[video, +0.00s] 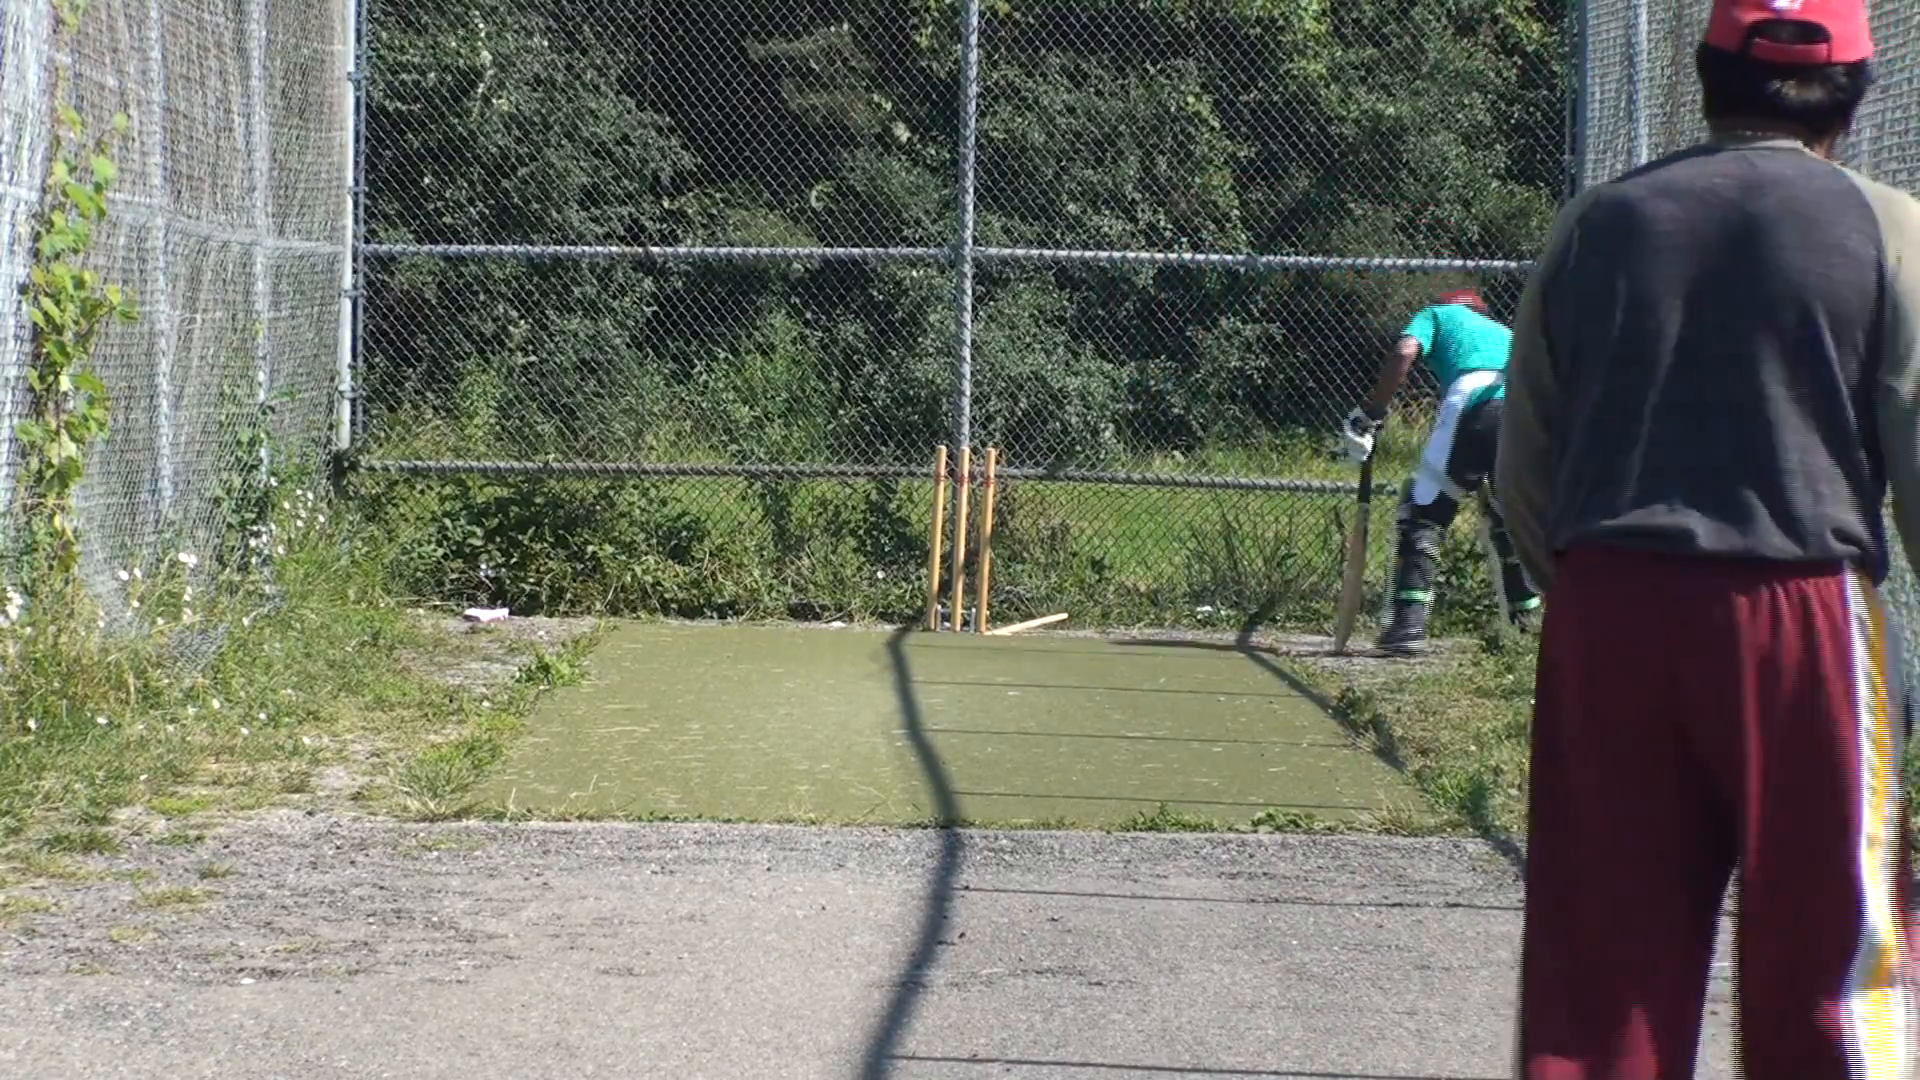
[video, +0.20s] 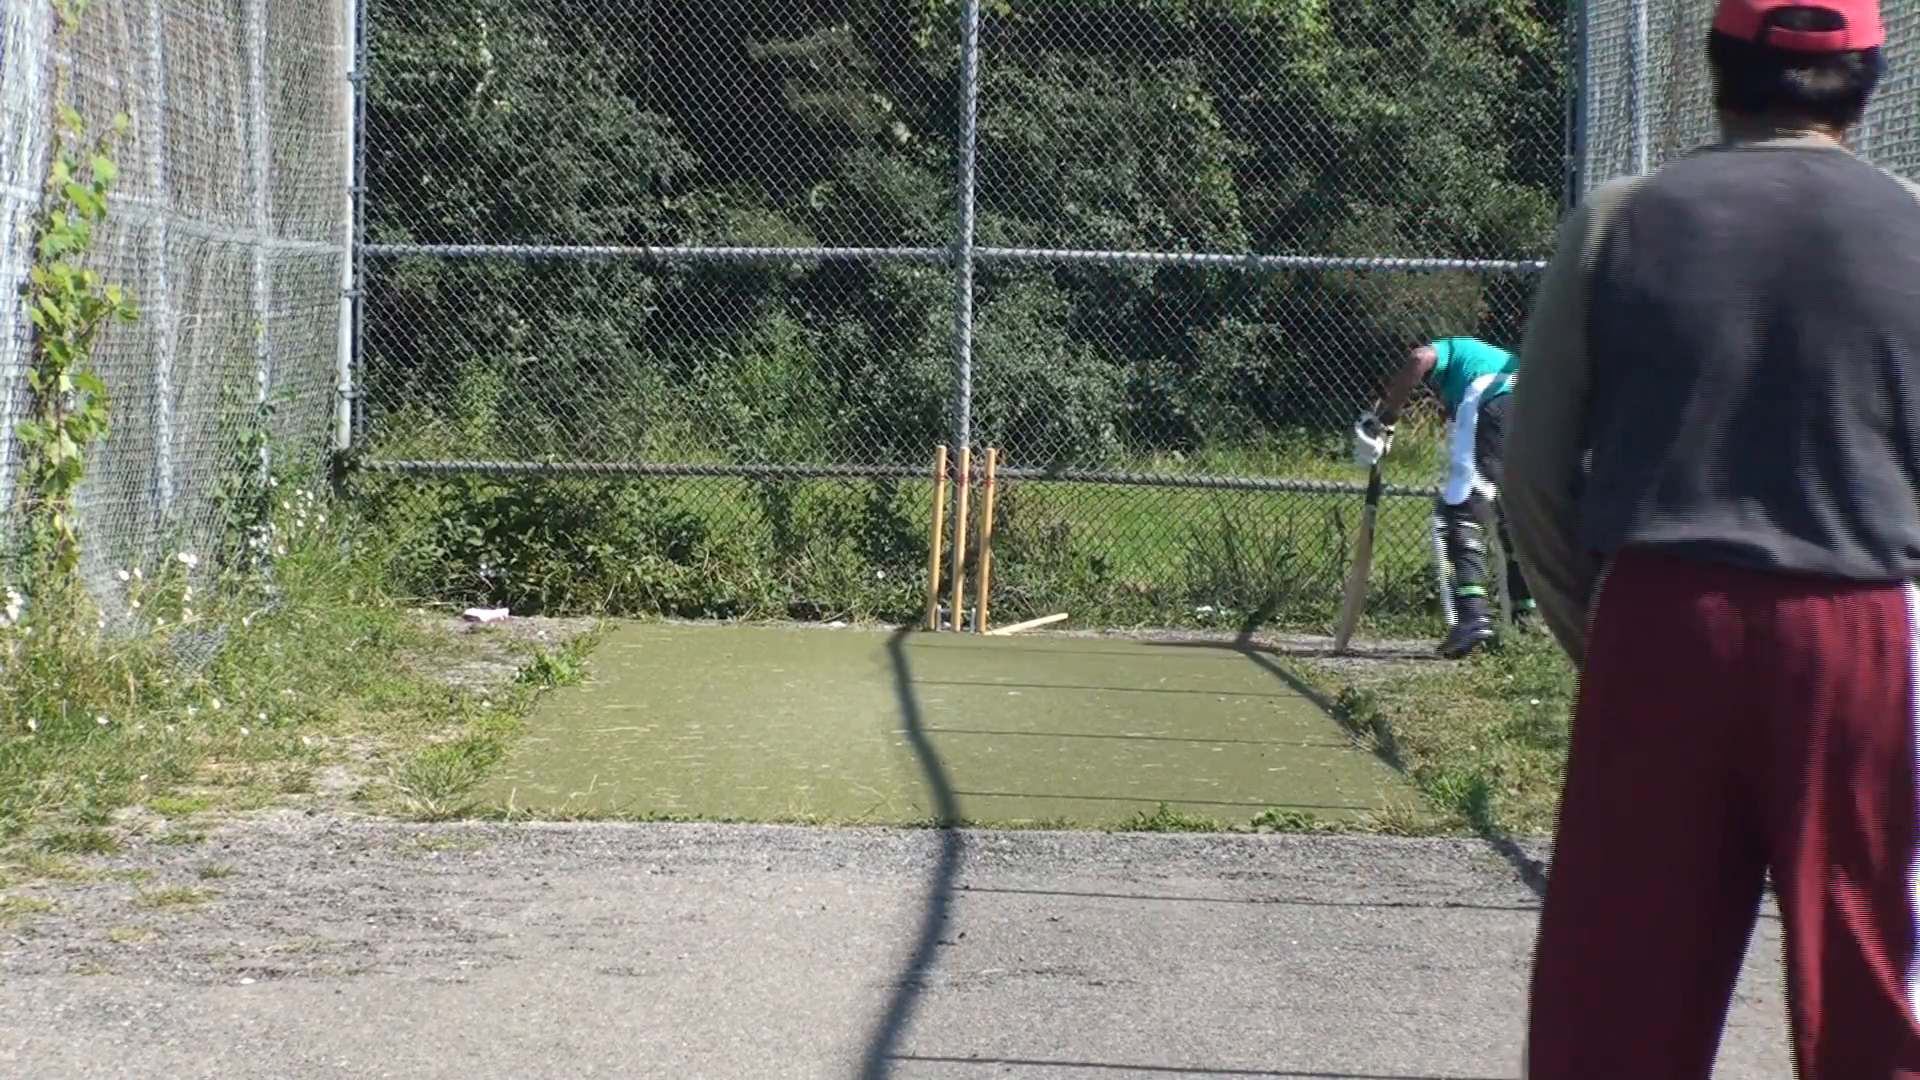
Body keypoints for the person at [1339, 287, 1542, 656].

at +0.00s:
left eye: (1441, 307)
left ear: (1446, 306)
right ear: (1482, 311)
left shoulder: (1435, 313)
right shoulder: (1506, 331)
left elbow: (1405, 354)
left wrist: (1368, 416)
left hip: (1475, 403)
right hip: (1528, 404)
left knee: (1426, 514)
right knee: (1508, 508)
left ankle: (1409, 623)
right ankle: (1527, 611)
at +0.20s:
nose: (1439, 405)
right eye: (1436, 400)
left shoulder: (1449, 348)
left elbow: (1419, 358)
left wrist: (1384, 416)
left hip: (1496, 402)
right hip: (1539, 400)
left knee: (1461, 509)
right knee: (1515, 505)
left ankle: (1472, 619)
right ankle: (1523, 608)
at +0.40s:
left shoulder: (1455, 381)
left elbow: (1427, 368)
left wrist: (1392, 425)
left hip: (1504, 411)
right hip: (1559, 413)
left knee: (1489, 516)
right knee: (1525, 511)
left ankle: (1498, 617)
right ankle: (1539, 609)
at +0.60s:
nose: (1461, 489)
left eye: (1454, 481)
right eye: (1455, 484)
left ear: (1451, 458)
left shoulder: (1455, 396)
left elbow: (1433, 371)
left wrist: (1396, 427)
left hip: (1499, 414)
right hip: (1555, 420)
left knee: (1488, 517)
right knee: (1526, 514)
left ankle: (1495, 617)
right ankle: (1536, 609)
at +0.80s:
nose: (1453, 459)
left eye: (1445, 451)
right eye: (1447, 455)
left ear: (1442, 428)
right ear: (1454, 426)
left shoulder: (1450, 373)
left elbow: (1428, 368)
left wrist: (1391, 428)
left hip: (1500, 406)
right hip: (1553, 415)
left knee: (1480, 510)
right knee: (1523, 512)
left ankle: (1493, 609)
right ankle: (1534, 609)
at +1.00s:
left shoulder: (1439, 328)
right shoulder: (1499, 343)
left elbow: (1424, 362)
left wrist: (1392, 424)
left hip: (1497, 396)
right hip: (1540, 393)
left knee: (1454, 503)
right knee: (1517, 501)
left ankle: (1479, 604)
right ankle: (1528, 606)